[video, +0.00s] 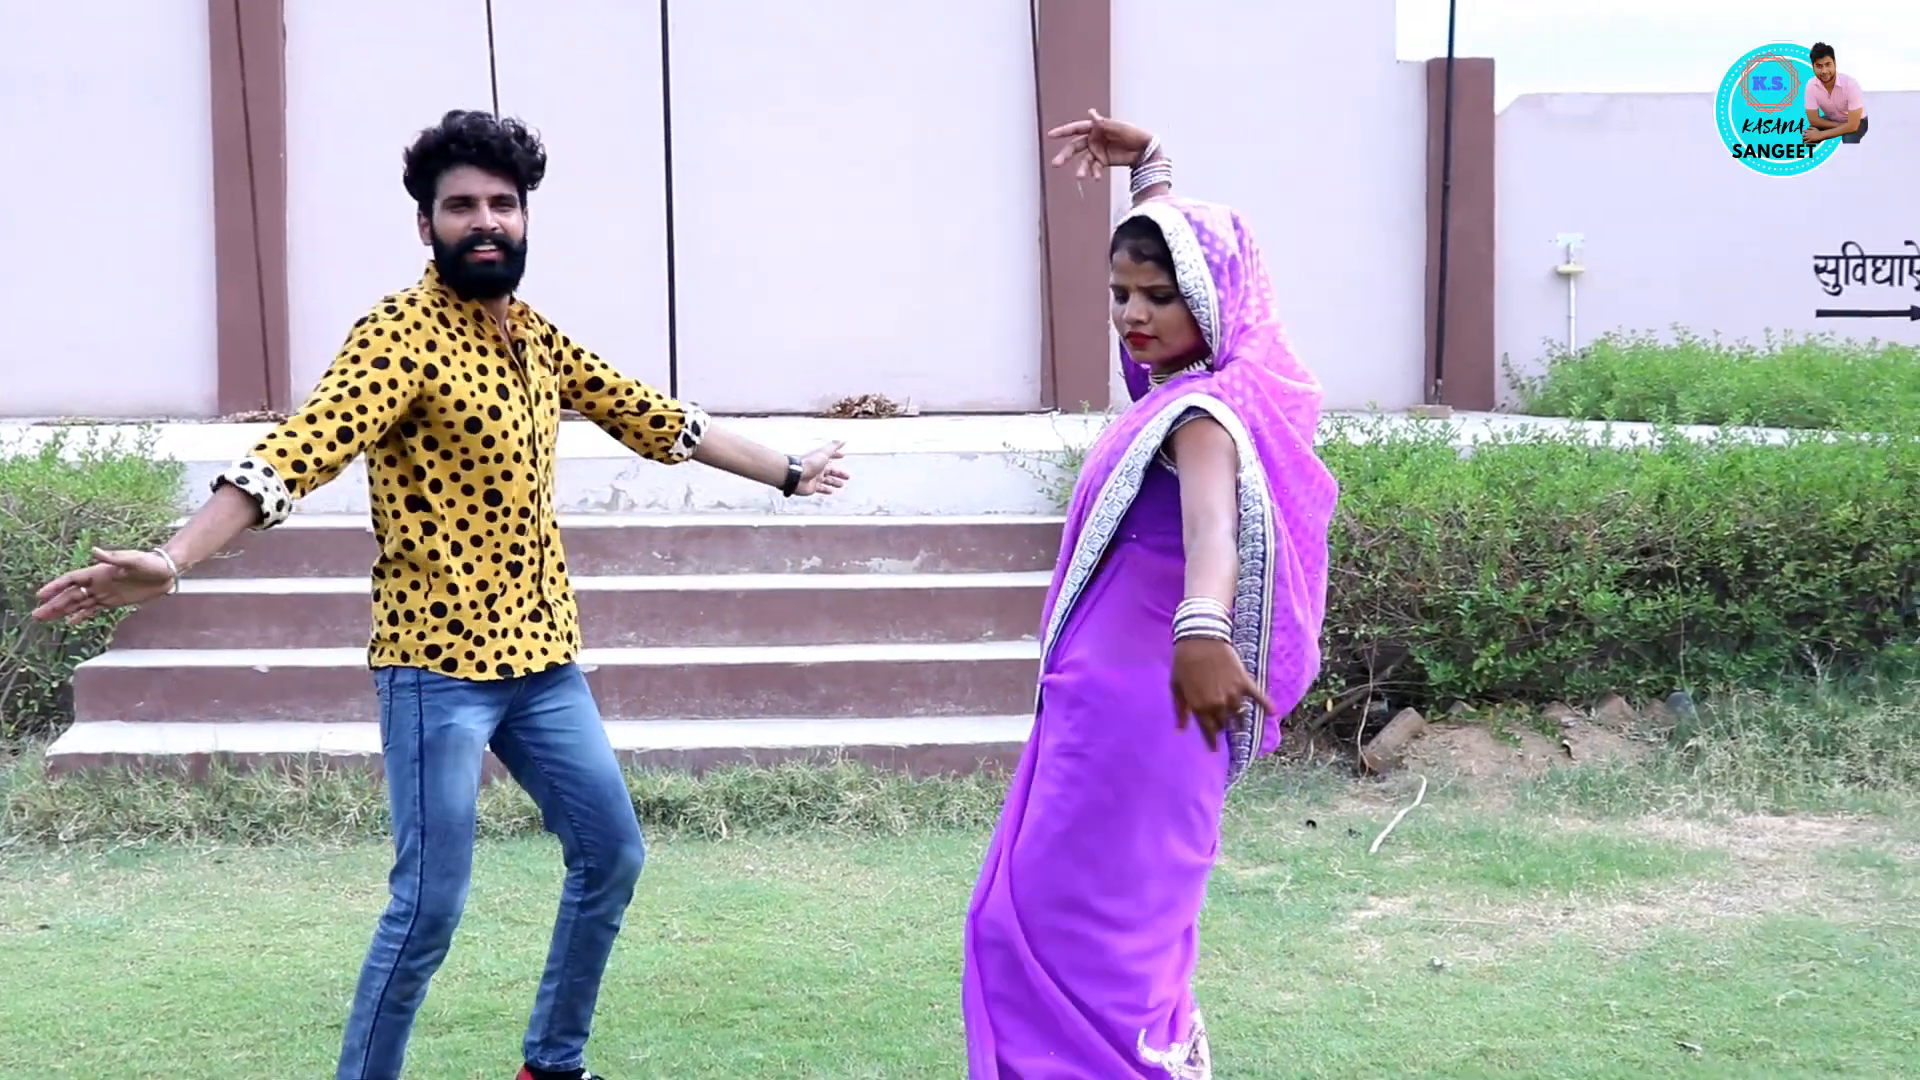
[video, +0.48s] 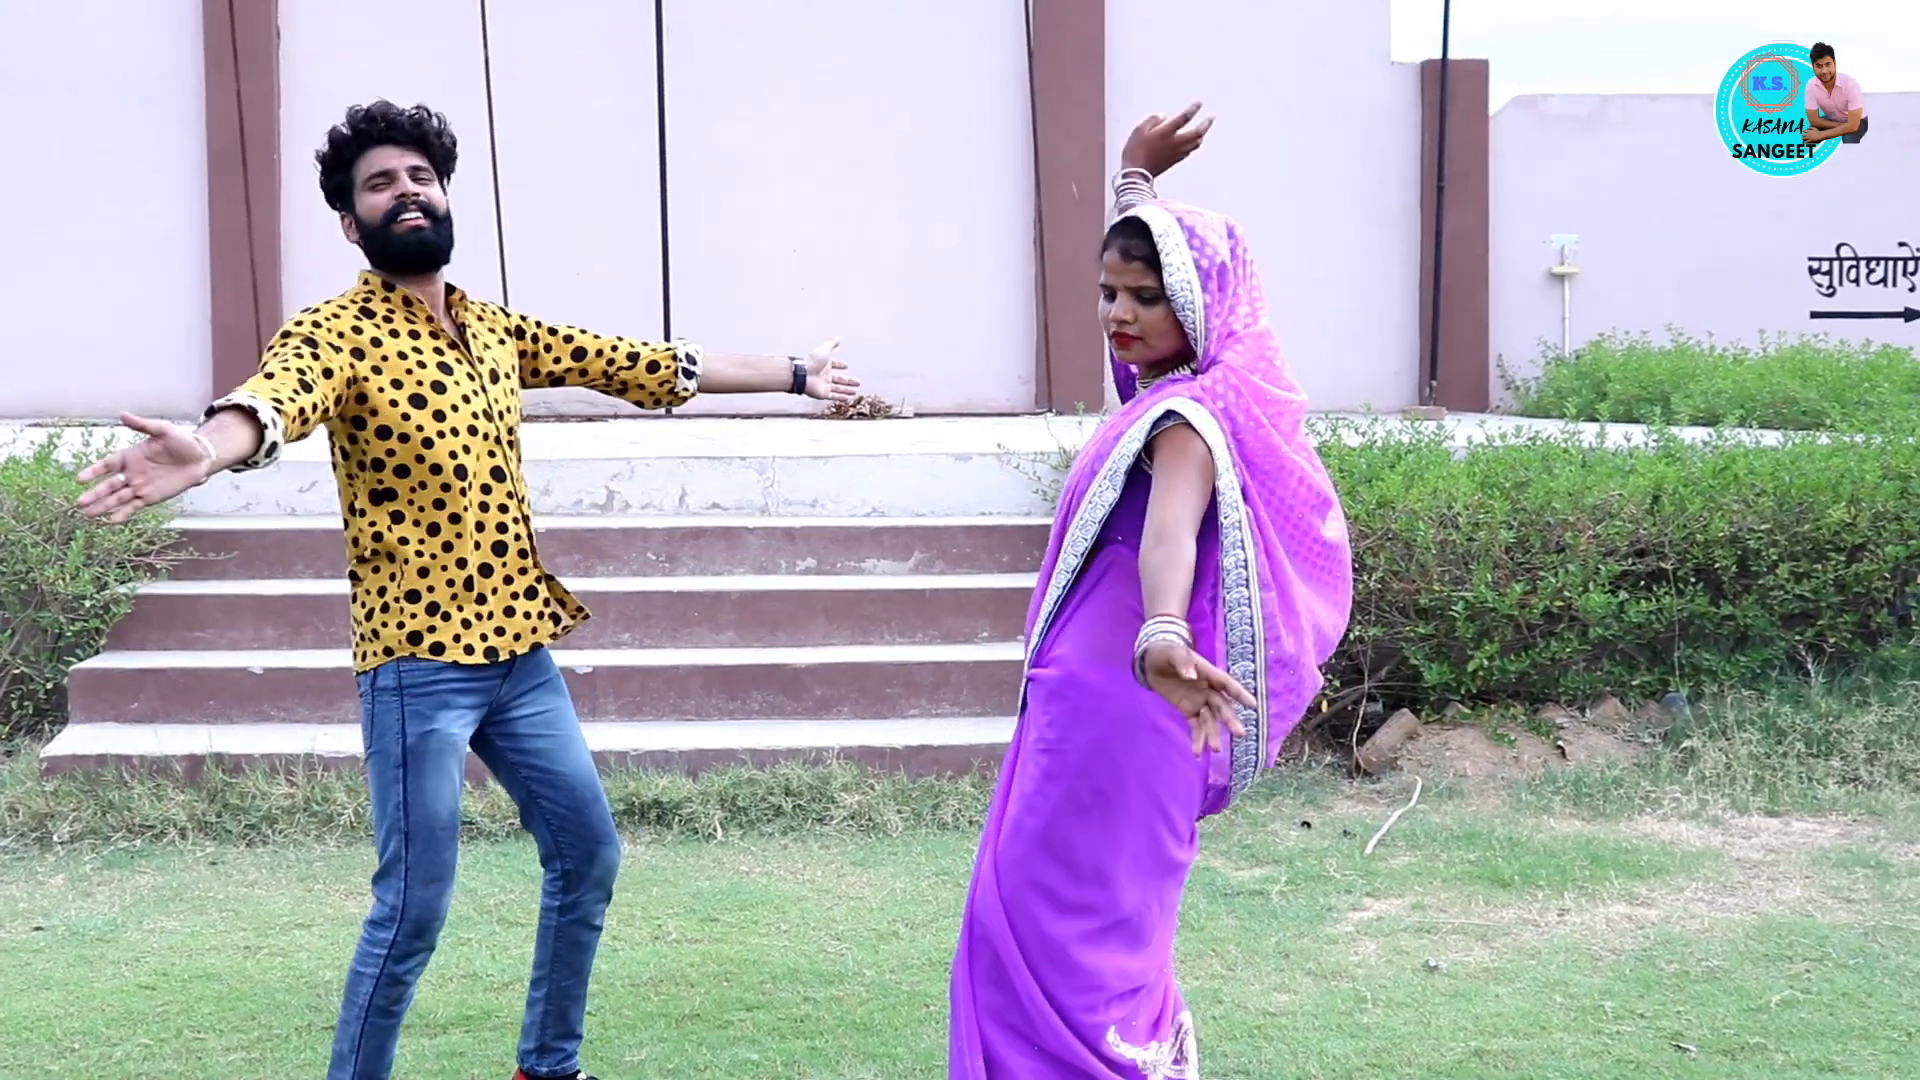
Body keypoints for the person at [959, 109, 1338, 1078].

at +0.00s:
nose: (1134, 316)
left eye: (1158, 295)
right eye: (1123, 294)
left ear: (1213, 303)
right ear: (1114, 292)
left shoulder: (1199, 410)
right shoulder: (1198, 391)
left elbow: (1212, 519)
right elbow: (1168, 272)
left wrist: (1203, 625)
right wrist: (1148, 162)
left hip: (1127, 718)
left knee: (1019, 924)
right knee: (1127, 930)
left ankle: (1100, 1064)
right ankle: (1158, 1055)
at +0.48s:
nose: (1121, 316)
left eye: (1145, 296)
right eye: (1110, 294)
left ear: (1200, 308)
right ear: (1104, 295)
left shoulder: (1186, 419)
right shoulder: (1166, 400)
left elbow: (1175, 529)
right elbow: (1129, 284)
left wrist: (1162, 627)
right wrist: (1135, 173)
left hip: (1109, 725)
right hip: (1098, 716)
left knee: (1037, 931)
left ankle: (1098, 1062)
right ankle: (1142, 1055)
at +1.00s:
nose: (1110, 312)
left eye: (1132, 295)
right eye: (1102, 291)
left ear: (1192, 302)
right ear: (1097, 284)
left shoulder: (1161, 423)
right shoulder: (1216, 394)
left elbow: (1136, 566)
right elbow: (1226, 299)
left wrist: (1111, 677)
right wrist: (1188, 210)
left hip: (1099, 739)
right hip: (1155, 729)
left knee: (1014, 947)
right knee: (1130, 959)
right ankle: (1138, 1063)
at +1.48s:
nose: (1084, 282)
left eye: (1108, 265)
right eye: (1080, 262)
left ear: (1165, 278)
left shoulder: (1143, 395)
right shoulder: (1207, 372)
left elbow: (1104, 528)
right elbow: (1184, 271)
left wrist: (1049, 623)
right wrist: (1160, 160)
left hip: (1092, 699)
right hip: (1160, 701)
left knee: (981, 892)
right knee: (1141, 927)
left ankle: (1019, 1065)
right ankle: (1153, 1060)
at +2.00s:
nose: (1174, 273)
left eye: (1196, 256)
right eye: (1169, 252)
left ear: (1260, 268)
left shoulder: (1239, 391)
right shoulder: (1293, 367)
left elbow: (1204, 541)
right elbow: (1219, 290)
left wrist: (1173, 651)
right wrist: (1193, 182)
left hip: (1197, 695)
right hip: (1254, 693)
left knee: (1060, 894)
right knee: (1236, 933)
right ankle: (1250, 1063)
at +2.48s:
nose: (1216, 256)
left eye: (1239, 237)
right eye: (1217, 238)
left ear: (1304, 261)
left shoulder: (1336, 399)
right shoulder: (1224, 368)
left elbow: (1373, 578)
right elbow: (1153, 358)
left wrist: (1389, 475)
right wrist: (1132, 299)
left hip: (1259, 710)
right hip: (1177, 697)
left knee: (1266, 952)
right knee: (1166, 937)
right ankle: (1169, 1070)